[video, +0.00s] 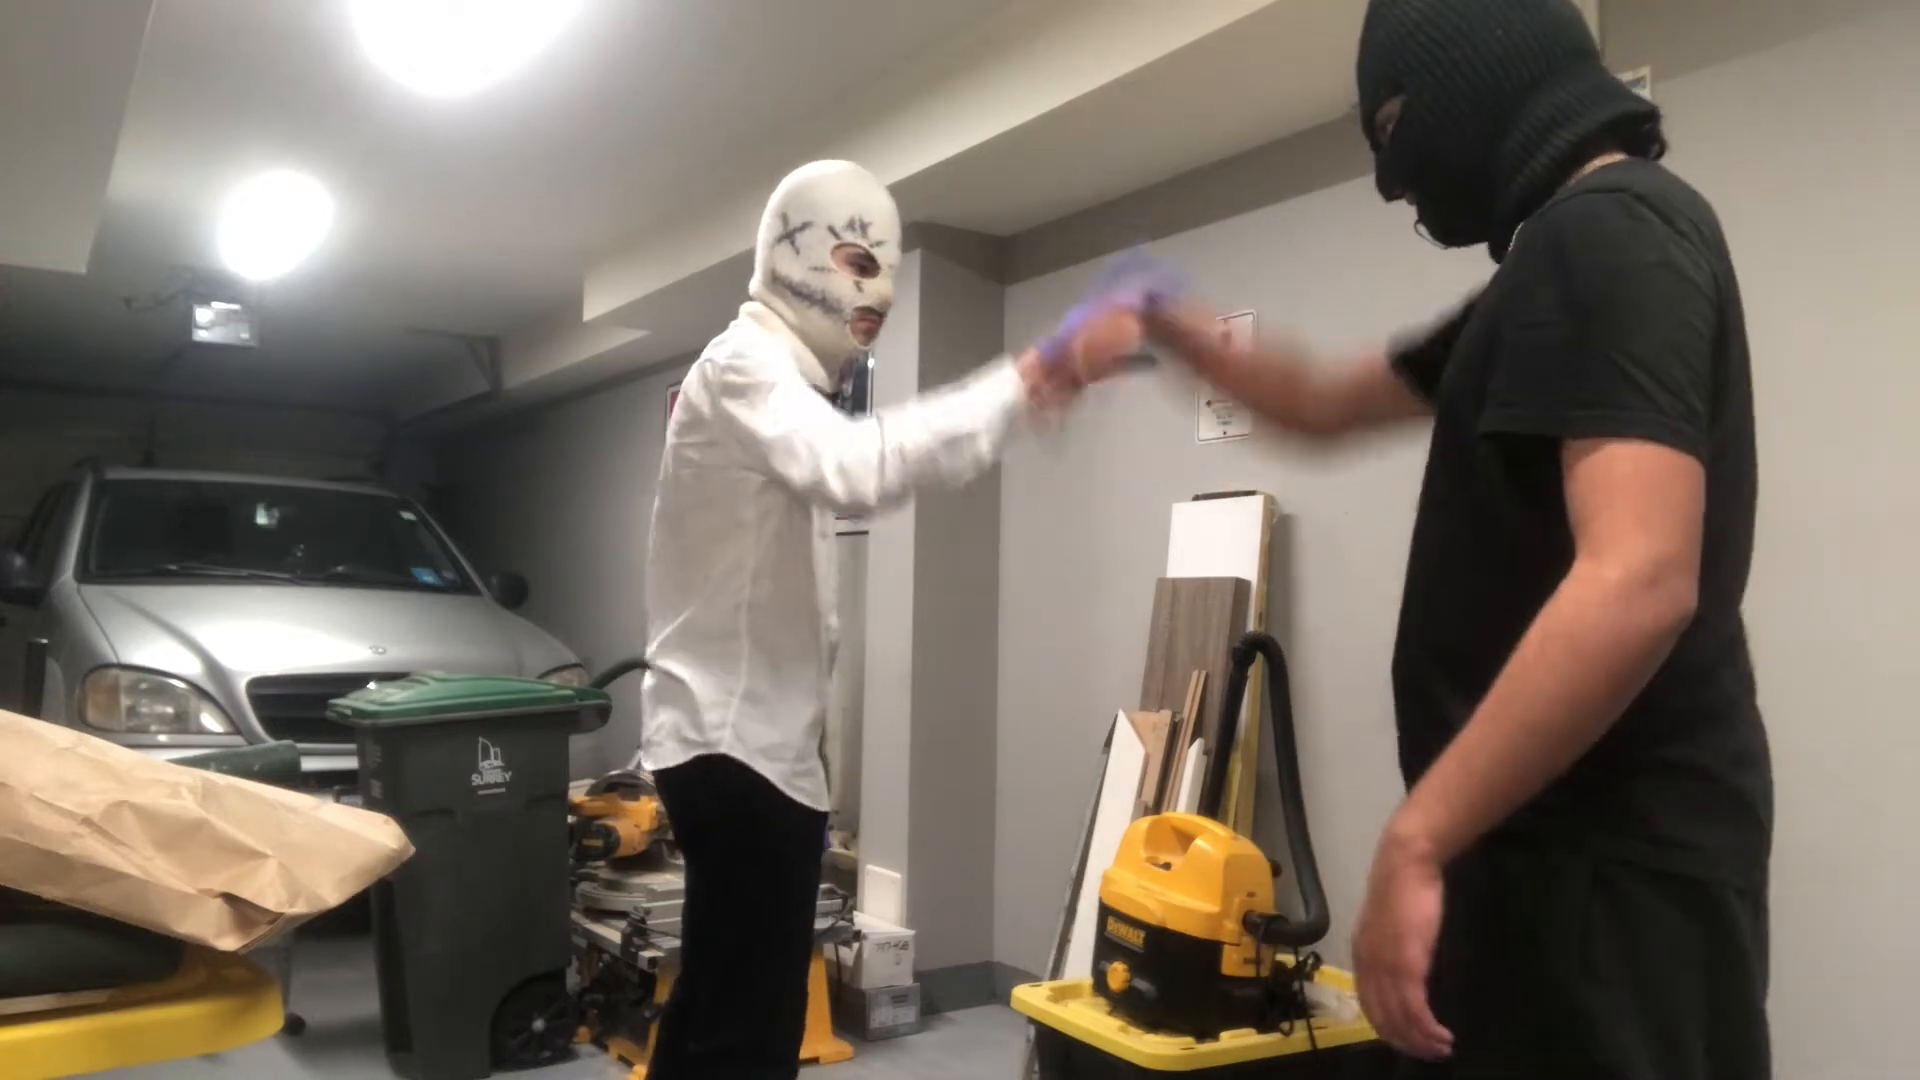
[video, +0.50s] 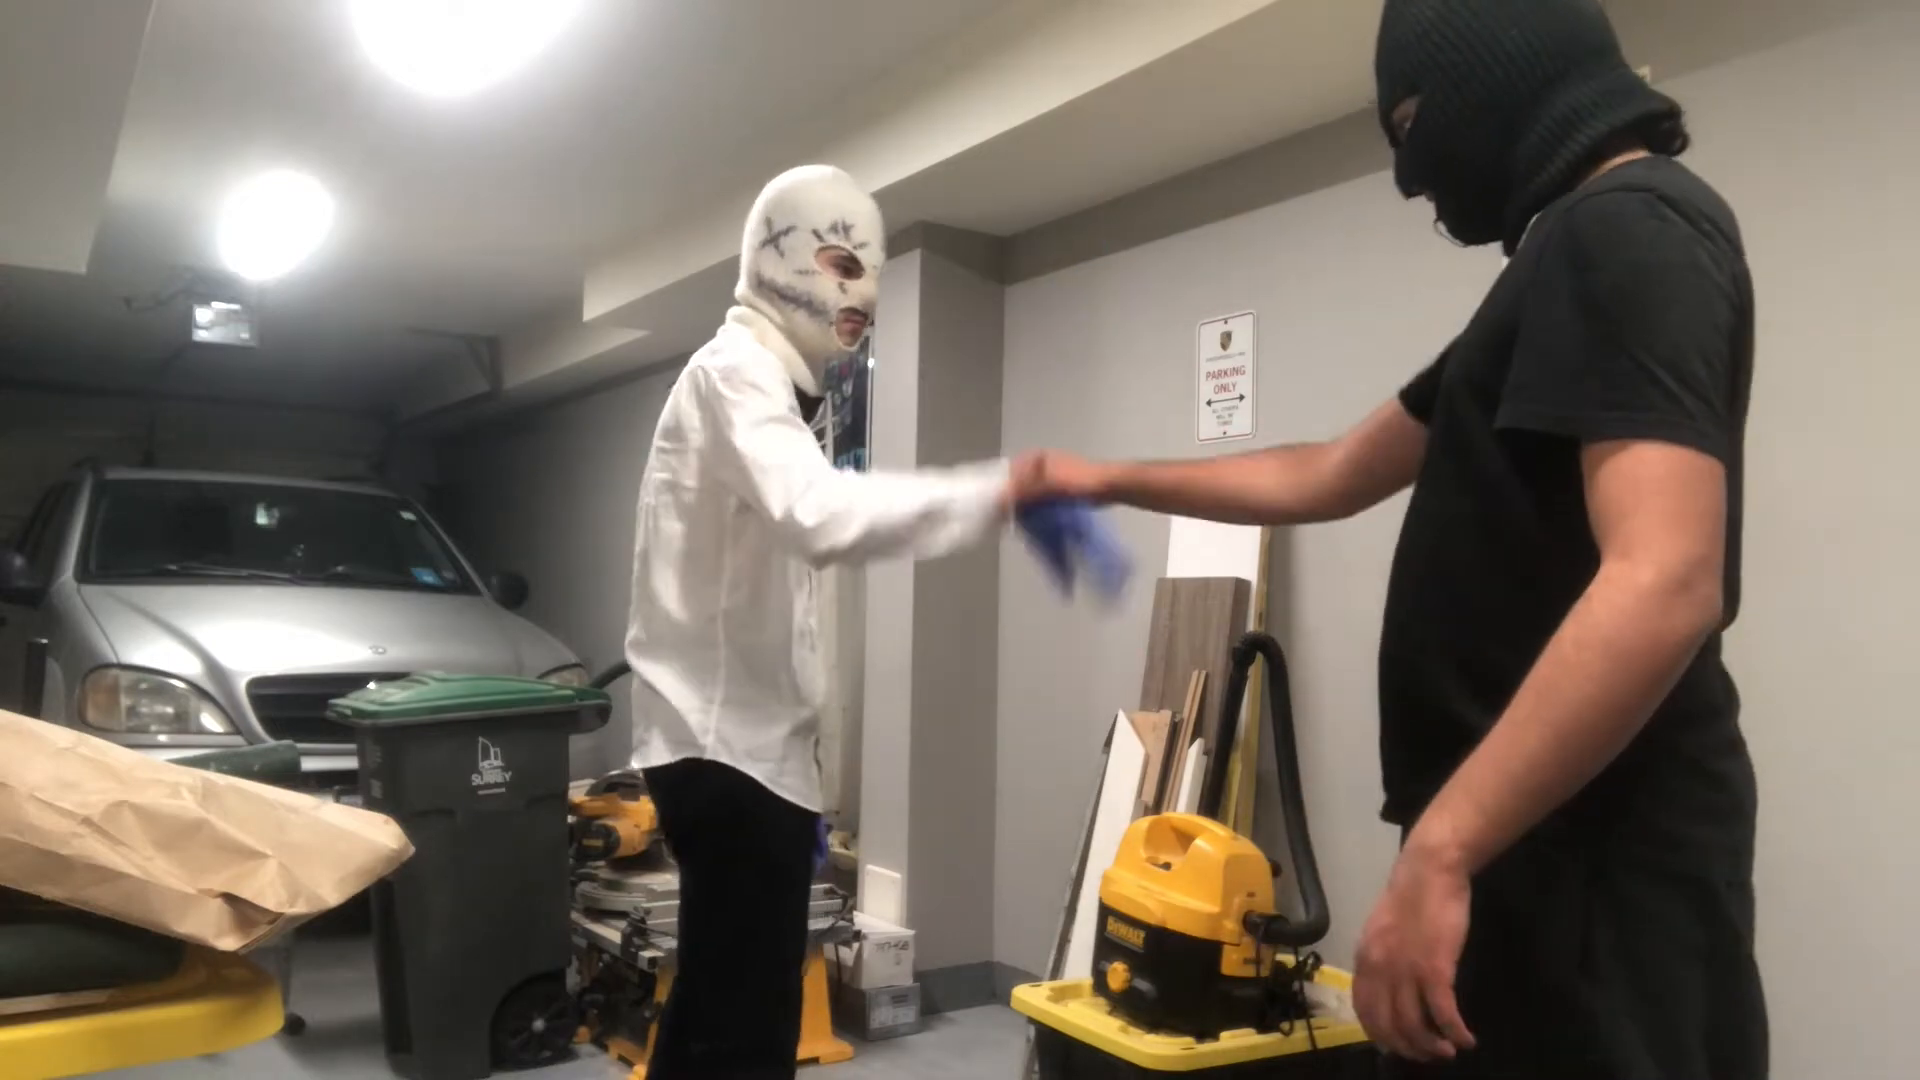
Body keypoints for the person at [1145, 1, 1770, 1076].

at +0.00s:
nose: (1383, 174)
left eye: (1385, 125)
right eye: (1375, 138)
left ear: (1454, 90)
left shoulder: (1609, 227)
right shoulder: (1549, 268)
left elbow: (1638, 579)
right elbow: (1323, 400)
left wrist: (1415, 841)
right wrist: (1157, 317)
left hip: (1601, 886)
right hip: (1537, 878)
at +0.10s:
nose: (1385, 177)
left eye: (1382, 127)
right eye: (1373, 142)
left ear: (1440, 88)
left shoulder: (1603, 234)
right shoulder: (1537, 264)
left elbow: (1662, 583)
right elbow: (1312, 348)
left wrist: (1434, 850)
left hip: (1607, 867)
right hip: (1536, 861)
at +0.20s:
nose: (1383, 170)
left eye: (1383, 122)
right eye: (1374, 133)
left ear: (1453, 87)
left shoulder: (1610, 235)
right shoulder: (1543, 268)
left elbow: (1666, 588)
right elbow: (1299, 384)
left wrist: (1447, 866)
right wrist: (1209, 198)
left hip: (1605, 880)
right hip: (1537, 880)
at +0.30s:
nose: (1392, 175)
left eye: (1393, 123)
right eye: (1384, 135)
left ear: (1468, 83)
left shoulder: (1616, 235)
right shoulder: (1555, 260)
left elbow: (1665, 588)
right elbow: (1335, 456)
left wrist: (1446, 858)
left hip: (1599, 871)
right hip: (1533, 866)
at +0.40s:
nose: (1391, 164)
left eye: (1395, 115)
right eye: (1384, 129)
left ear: (1474, 75)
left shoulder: (1622, 229)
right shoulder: (1547, 264)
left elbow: (1668, 584)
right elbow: (1343, 481)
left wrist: (1441, 854)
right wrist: (1123, 549)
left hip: (1599, 870)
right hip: (1525, 866)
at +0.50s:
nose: (1401, 171)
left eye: (1403, 122)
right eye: (1393, 135)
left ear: (1476, 82)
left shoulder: (1624, 225)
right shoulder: (1556, 263)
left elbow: (1667, 580)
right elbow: (1329, 474)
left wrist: (1438, 851)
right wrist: (1111, 479)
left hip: (1598, 869)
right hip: (1525, 866)